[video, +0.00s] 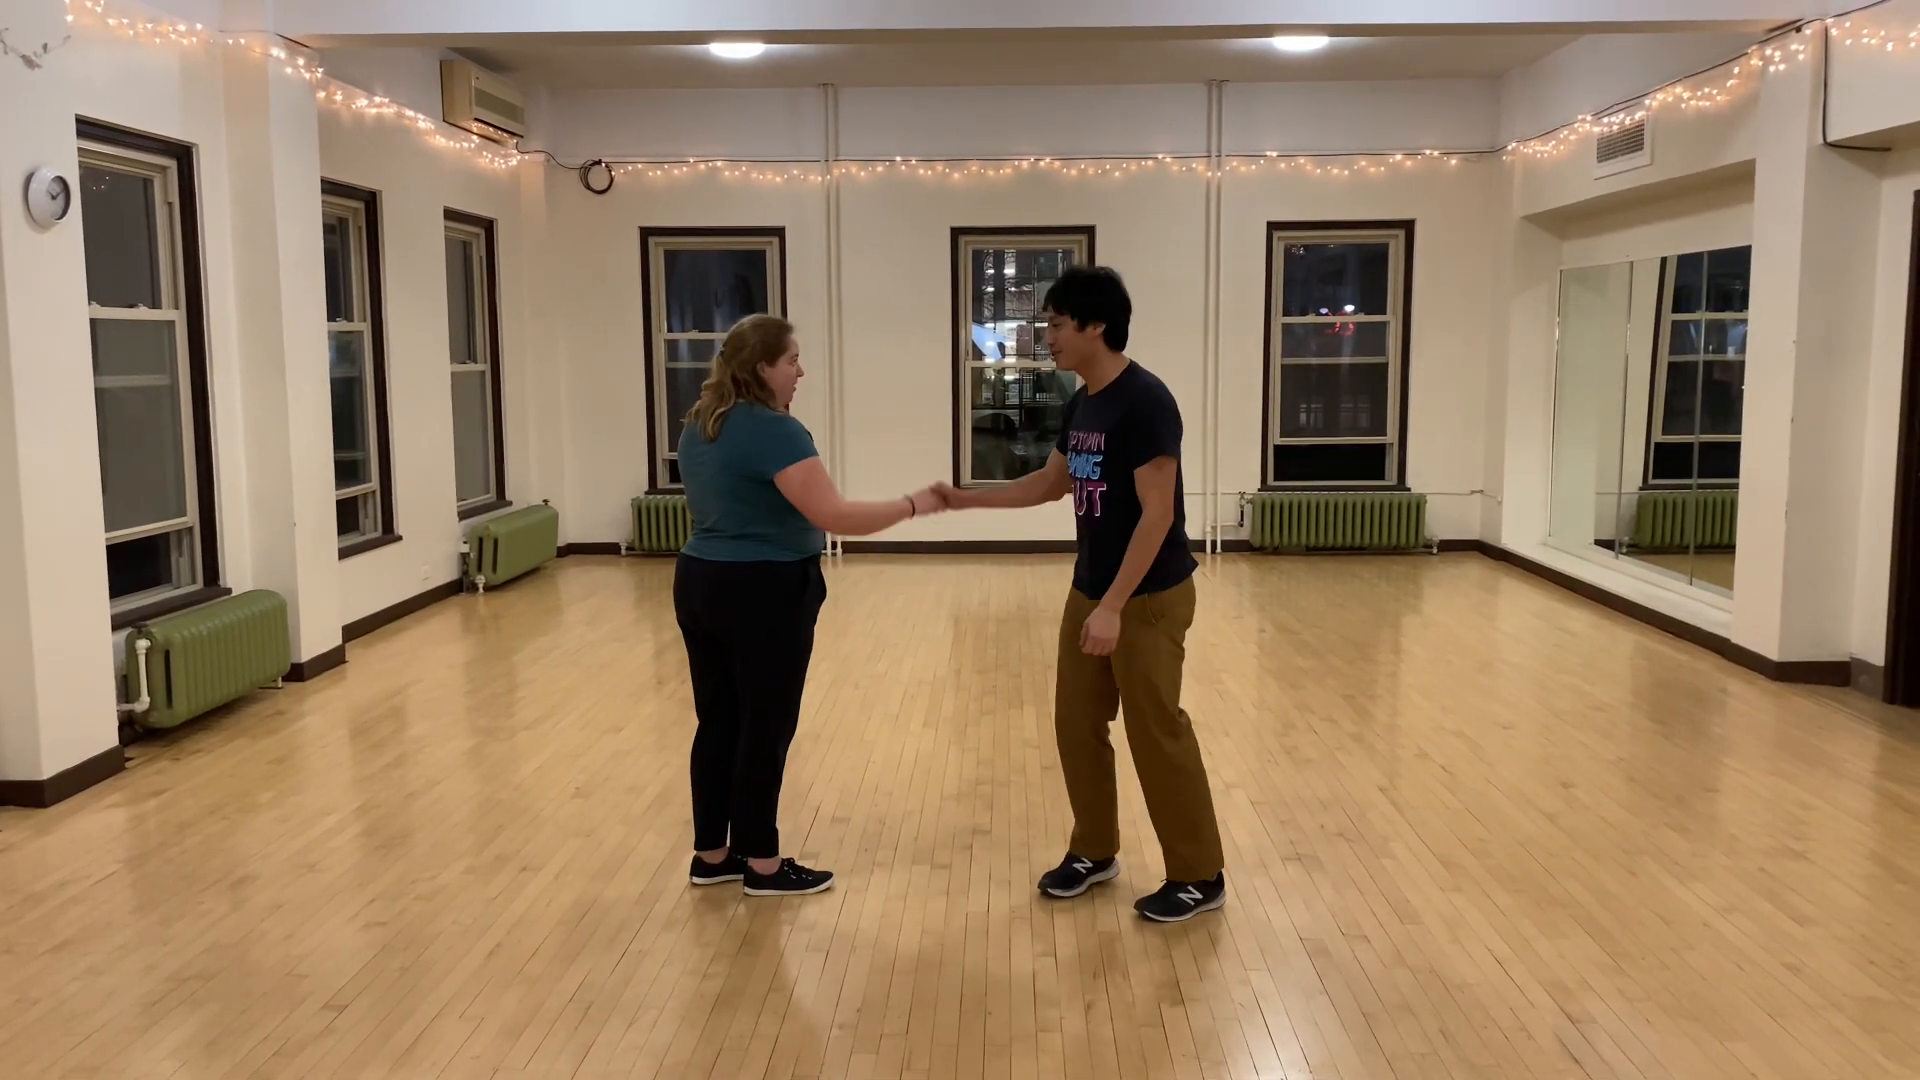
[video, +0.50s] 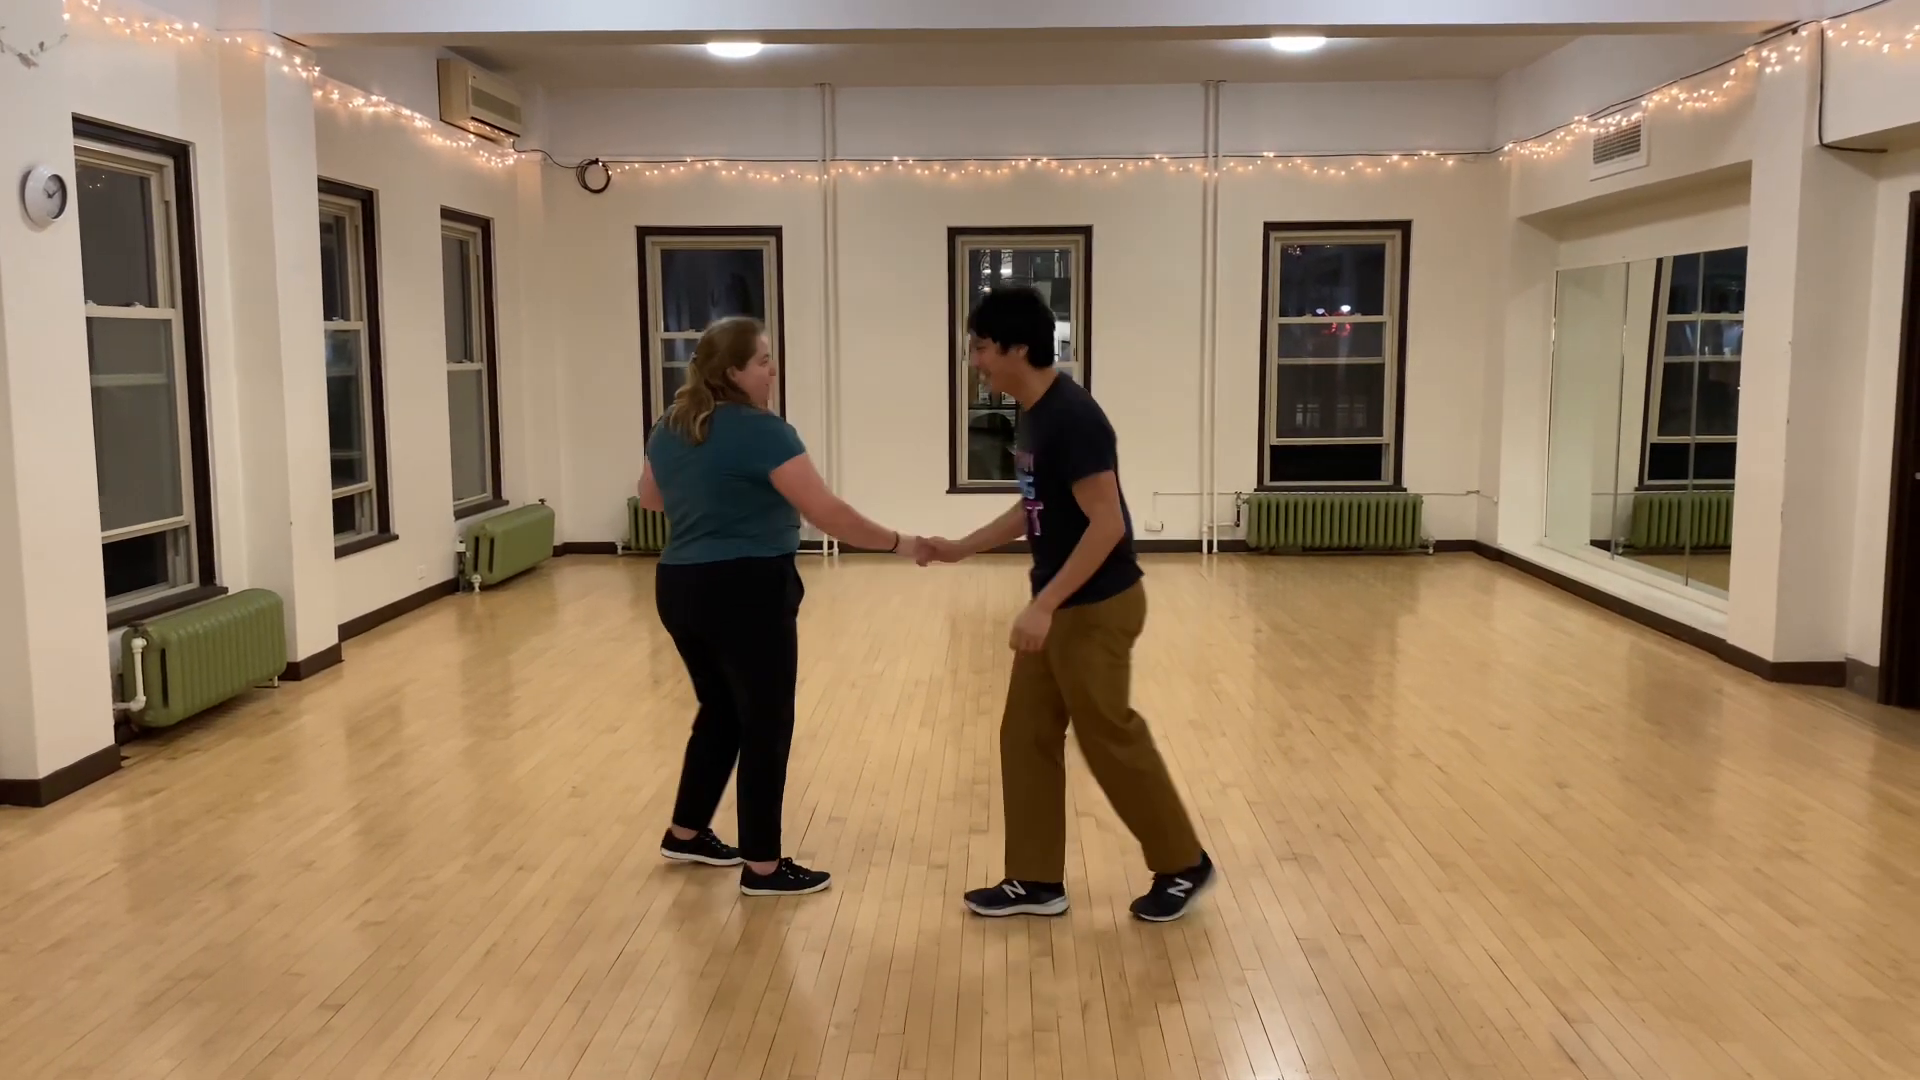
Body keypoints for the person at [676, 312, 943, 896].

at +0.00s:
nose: (800, 372)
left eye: (798, 360)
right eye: (792, 361)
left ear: (741, 368)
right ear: (760, 367)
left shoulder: (698, 428)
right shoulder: (774, 432)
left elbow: (717, 508)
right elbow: (835, 515)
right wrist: (913, 505)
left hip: (704, 587)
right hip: (770, 592)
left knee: (717, 720)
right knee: (767, 727)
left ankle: (712, 853)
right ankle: (763, 863)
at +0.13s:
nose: (797, 370)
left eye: (795, 359)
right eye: (789, 361)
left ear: (739, 368)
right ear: (757, 367)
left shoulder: (693, 429)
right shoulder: (775, 430)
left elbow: (697, 510)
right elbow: (851, 501)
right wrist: (914, 475)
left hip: (700, 585)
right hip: (770, 590)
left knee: (720, 720)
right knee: (768, 725)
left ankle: (712, 853)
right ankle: (762, 863)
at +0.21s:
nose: (794, 370)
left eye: (791, 358)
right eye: (785, 360)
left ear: (736, 367)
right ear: (755, 366)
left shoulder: (690, 427)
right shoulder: (779, 428)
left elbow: (681, 504)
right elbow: (856, 494)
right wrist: (917, 474)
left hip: (698, 586)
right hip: (769, 589)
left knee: (723, 719)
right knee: (768, 723)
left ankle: (713, 851)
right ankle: (762, 863)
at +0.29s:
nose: (790, 368)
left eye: (787, 357)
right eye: (782, 359)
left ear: (729, 368)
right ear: (752, 367)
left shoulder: (685, 427)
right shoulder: (780, 428)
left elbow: (669, 503)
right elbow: (857, 494)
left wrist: (731, 490)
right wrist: (919, 488)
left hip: (694, 587)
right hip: (769, 587)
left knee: (728, 717)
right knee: (767, 723)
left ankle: (713, 844)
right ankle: (762, 862)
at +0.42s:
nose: (783, 368)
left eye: (779, 357)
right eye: (774, 359)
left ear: (719, 369)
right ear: (743, 369)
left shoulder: (676, 429)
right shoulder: (774, 429)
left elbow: (654, 499)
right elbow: (842, 503)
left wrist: (711, 486)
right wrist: (911, 526)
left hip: (688, 588)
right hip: (761, 587)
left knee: (728, 713)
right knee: (768, 720)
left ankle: (703, 834)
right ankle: (762, 862)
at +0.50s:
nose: (772, 371)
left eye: (770, 359)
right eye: (763, 361)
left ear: (710, 371)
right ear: (734, 371)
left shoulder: (671, 429)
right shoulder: (764, 431)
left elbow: (652, 500)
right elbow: (826, 512)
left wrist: (709, 480)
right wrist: (900, 541)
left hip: (682, 589)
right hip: (752, 589)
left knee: (720, 709)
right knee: (767, 724)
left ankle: (686, 831)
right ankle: (763, 863)